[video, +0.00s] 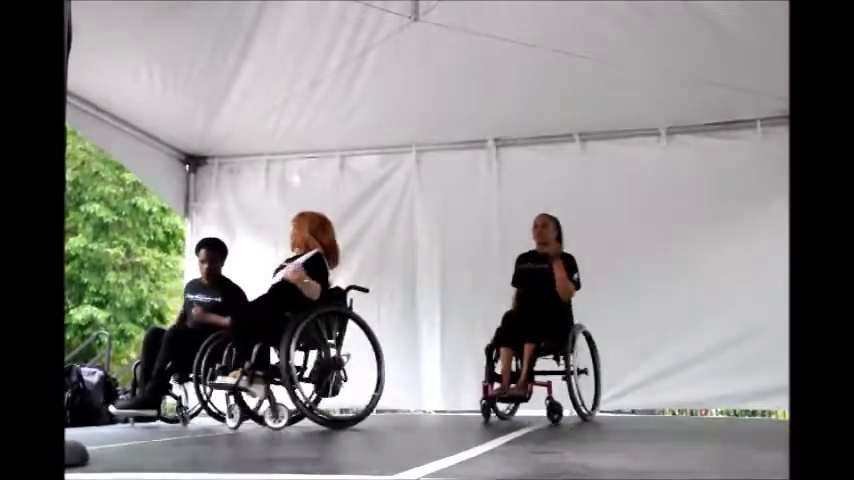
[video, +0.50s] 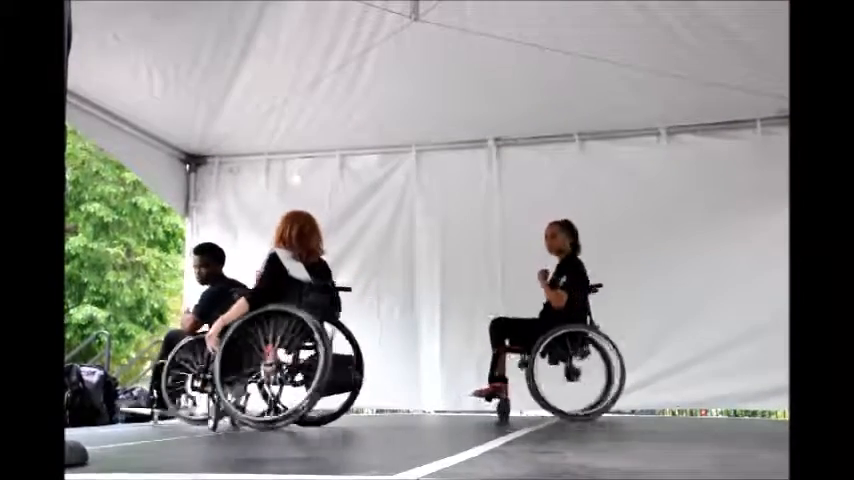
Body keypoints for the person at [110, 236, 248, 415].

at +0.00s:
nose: (207, 267)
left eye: (212, 262)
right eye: (203, 262)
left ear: (222, 262)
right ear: (197, 262)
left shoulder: (233, 292)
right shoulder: (192, 287)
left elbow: (238, 324)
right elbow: (184, 314)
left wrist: (207, 317)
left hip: (218, 350)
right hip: (192, 346)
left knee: (174, 335)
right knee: (154, 335)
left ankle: (153, 399)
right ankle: (144, 398)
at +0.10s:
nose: (199, 268)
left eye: (204, 263)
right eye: (197, 262)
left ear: (218, 262)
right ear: (194, 262)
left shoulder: (231, 290)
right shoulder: (198, 287)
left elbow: (237, 324)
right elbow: (198, 317)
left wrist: (207, 317)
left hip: (221, 351)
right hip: (199, 348)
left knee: (174, 332)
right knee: (155, 334)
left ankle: (147, 397)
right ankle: (141, 395)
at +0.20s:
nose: (196, 271)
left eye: (200, 266)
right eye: (193, 266)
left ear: (214, 264)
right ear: (190, 265)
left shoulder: (225, 290)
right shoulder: (209, 288)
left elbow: (224, 324)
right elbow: (213, 320)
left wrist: (200, 319)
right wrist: (198, 318)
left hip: (225, 349)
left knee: (168, 337)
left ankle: (145, 395)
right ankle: (148, 392)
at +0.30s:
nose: (195, 272)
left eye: (200, 267)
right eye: (192, 267)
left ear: (213, 266)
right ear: (189, 267)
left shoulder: (221, 289)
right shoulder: (215, 288)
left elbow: (221, 323)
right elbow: (216, 320)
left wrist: (196, 323)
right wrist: (198, 323)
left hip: (226, 348)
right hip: (220, 344)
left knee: (169, 337)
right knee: (168, 336)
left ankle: (146, 395)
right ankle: (150, 391)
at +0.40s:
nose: (195, 272)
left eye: (199, 267)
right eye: (192, 267)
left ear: (213, 266)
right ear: (190, 266)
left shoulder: (217, 292)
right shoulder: (225, 287)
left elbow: (206, 324)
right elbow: (208, 320)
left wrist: (187, 325)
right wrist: (191, 325)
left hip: (221, 349)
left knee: (168, 336)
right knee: (170, 337)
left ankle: (145, 394)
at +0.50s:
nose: (198, 272)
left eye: (203, 267)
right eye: (196, 267)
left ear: (218, 266)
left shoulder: (213, 293)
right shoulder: (241, 288)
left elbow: (190, 327)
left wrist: (186, 315)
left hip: (225, 362)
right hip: (248, 358)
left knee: (173, 337)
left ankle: (160, 396)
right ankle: (173, 396)